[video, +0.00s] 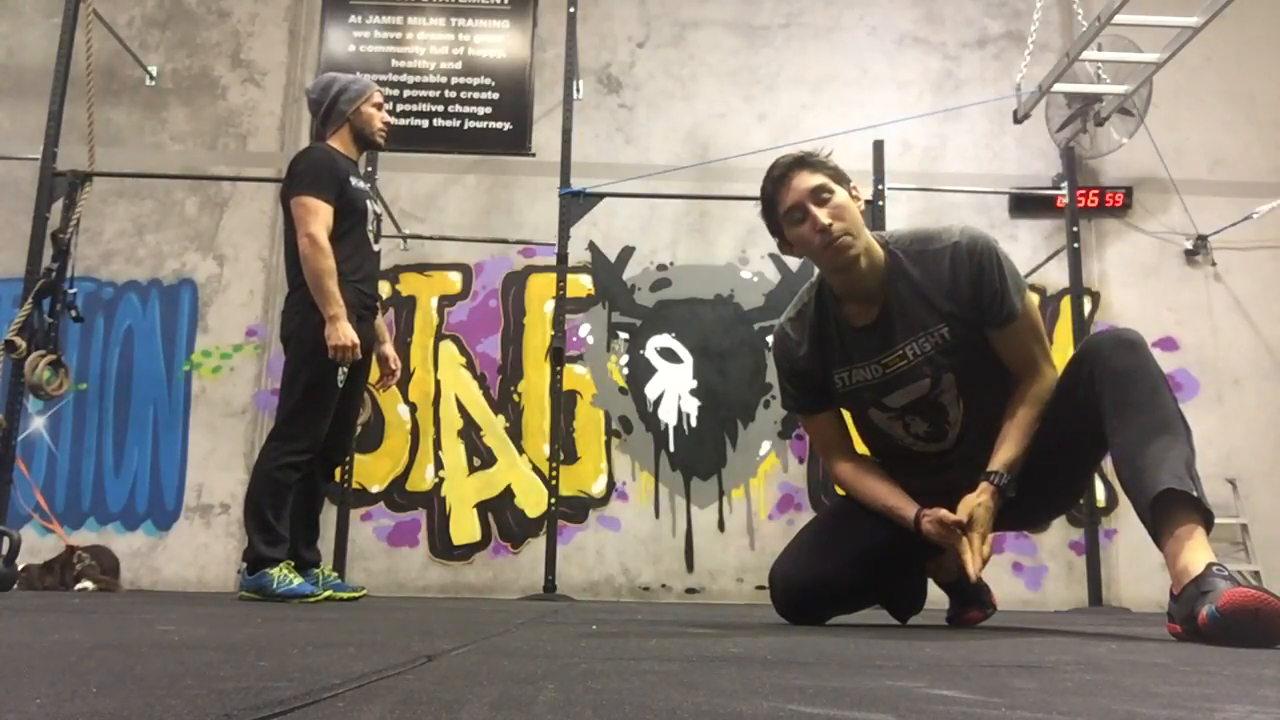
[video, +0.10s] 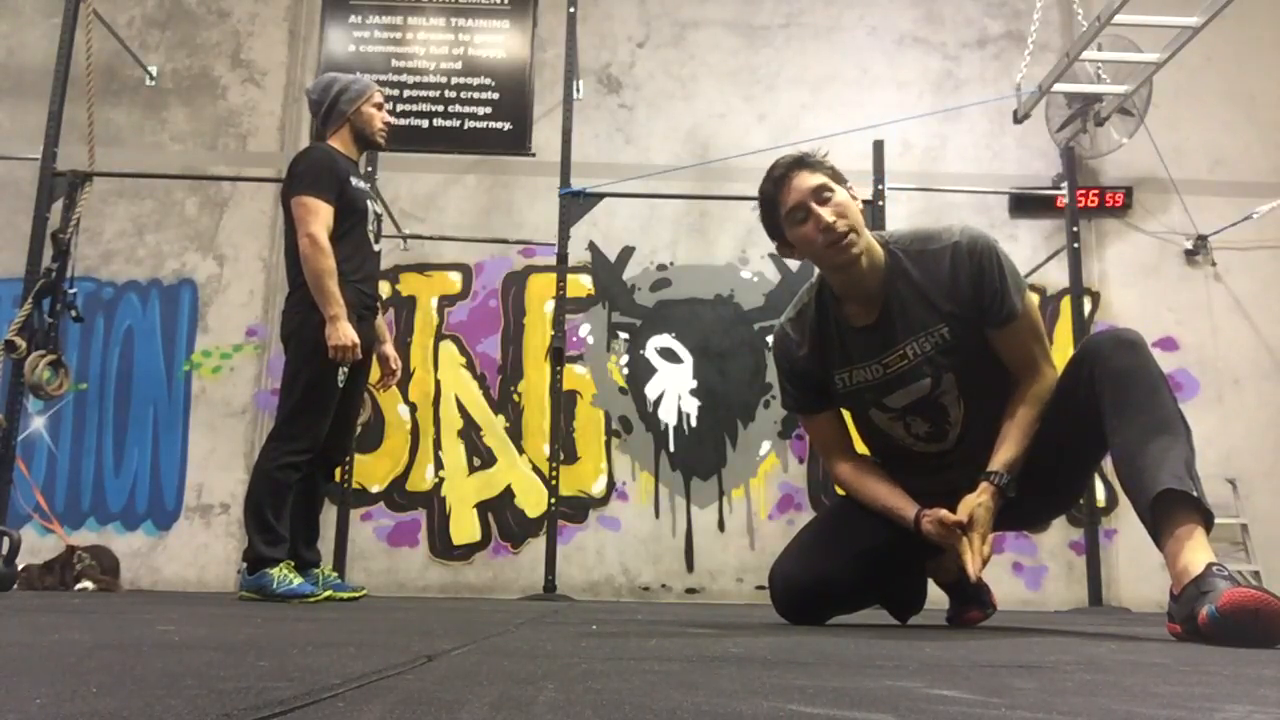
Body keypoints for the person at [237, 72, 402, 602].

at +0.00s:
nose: (387, 117)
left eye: (385, 108)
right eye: (378, 107)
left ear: (357, 116)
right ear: (346, 112)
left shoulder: (353, 175)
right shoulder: (316, 163)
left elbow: (359, 265)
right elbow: (312, 242)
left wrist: (380, 335)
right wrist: (335, 317)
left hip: (348, 327)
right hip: (319, 323)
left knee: (324, 450)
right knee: (296, 441)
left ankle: (302, 564)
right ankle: (262, 566)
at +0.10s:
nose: (388, 117)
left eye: (386, 108)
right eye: (378, 108)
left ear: (357, 116)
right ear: (346, 112)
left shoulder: (354, 175)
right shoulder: (317, 162)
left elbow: (360, 266)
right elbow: (312, 242)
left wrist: (380, 335)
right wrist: (336, 317)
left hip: (349, 327)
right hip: (319, 322)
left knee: (324, 450)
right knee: (295, 441)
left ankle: (302, 564)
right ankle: (263, 566)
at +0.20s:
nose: (388, 117)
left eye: (387, 109)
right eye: (379, 108)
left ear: (359, 117)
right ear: (347, 112)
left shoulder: (354, 175)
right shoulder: (317, 162)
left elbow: (361, 267)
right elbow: (312, 241)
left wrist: (381, 336)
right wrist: (336, 317)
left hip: (349, 327)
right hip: (319, 322)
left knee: (324, 450)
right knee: (296, 440)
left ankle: (302, 564)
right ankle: (263, 566)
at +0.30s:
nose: (389, 117)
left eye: (388, 109)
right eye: (379, 108)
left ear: (362, 117)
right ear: (347, 112)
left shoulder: (355, 176)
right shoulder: (318, 162)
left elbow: (361, 268)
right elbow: (313, 241)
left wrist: (382, 337)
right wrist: (337, 317)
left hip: (349, 327)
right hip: (319, 323)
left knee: (324, 450)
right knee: (296, 441)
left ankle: (302, 564)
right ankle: (263, 566)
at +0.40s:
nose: (389, 117)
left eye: (388, 109)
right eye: (380, 108)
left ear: (362, 117)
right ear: (348, 112)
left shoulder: (355, 176)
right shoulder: (319, 162)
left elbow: (361, 268)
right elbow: (313, 241)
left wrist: (382, 337)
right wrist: (337, 317)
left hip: (350, 328)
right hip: (320, 323)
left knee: (325, 450)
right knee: (296, 441)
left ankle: (303, 563)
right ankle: (263, 566)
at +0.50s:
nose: (390, 117)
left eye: (389, 109)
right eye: (380, 108)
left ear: (362, 117)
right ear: (348, 113)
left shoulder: (356, 175)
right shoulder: (319, 162)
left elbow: (362, 268)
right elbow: (314, 241)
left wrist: (382, 337)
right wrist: (337, 317)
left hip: (351, 328)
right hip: (320, 323)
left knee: (325, 450)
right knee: (297, 441)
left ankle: (302, 563)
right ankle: (262, 566)